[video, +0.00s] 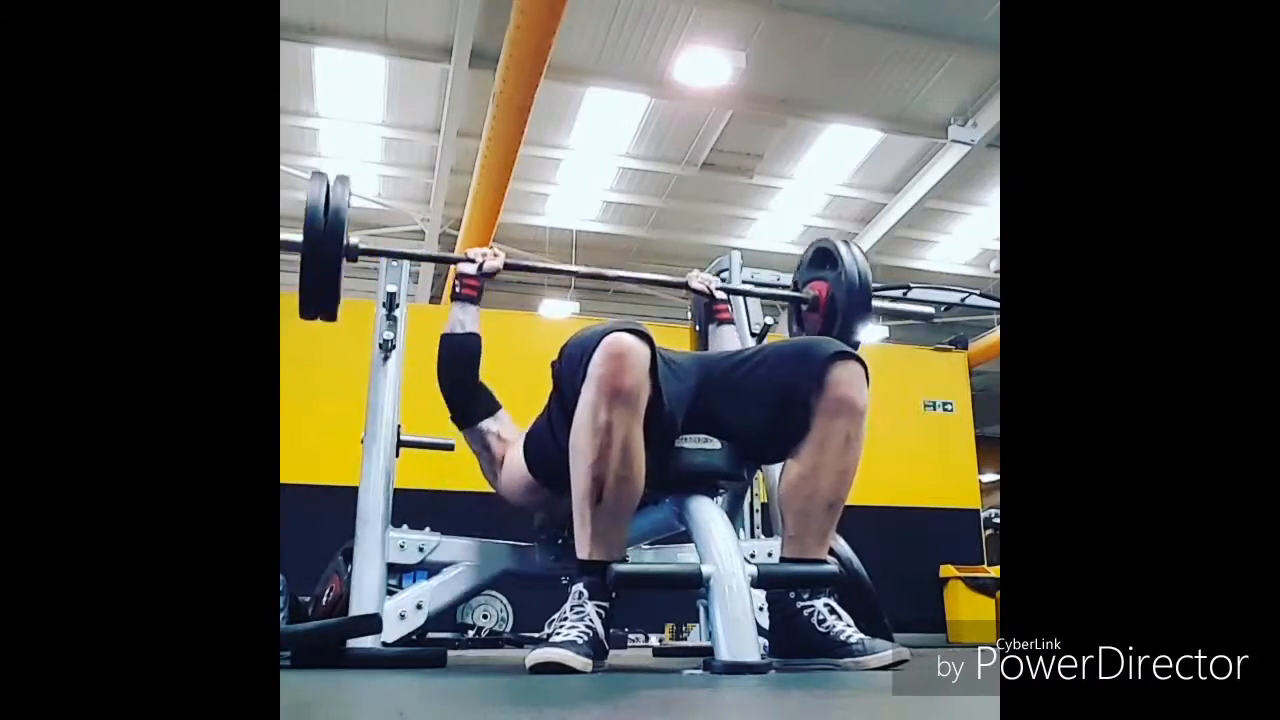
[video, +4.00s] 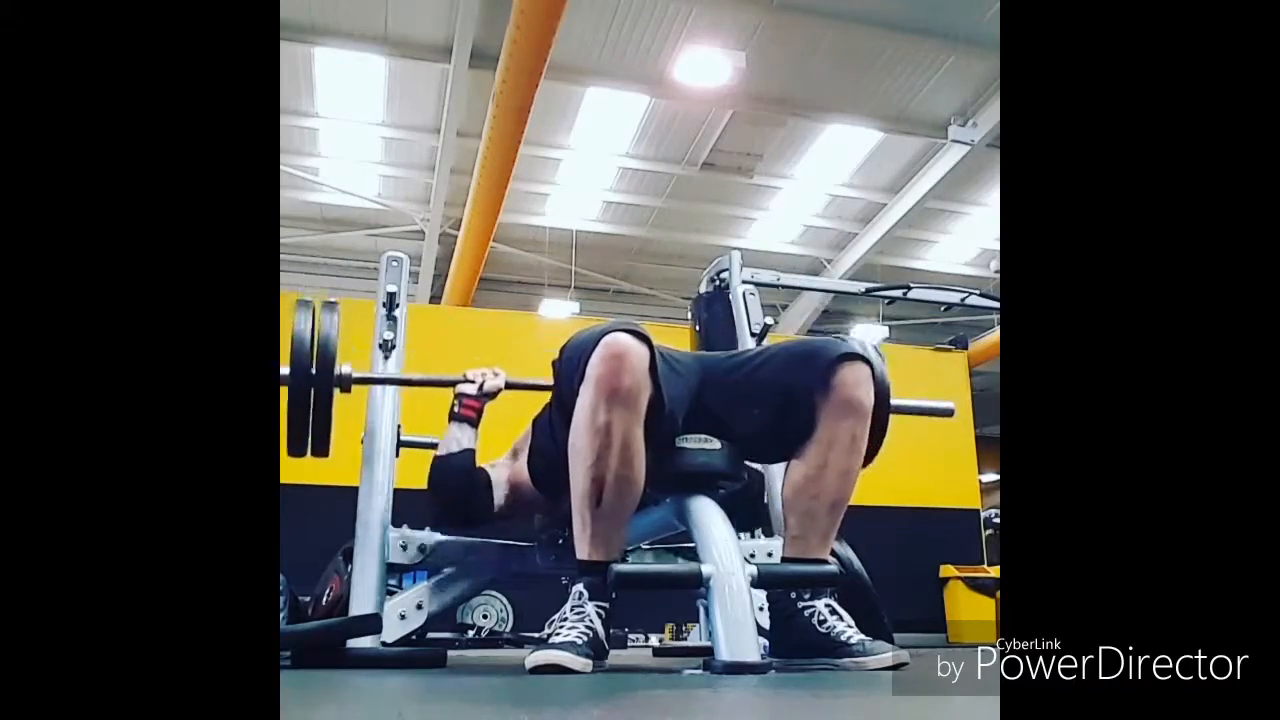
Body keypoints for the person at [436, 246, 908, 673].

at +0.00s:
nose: (497, 440)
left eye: (498, 440)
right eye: (493, 444)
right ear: (502, 462)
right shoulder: (524, 470)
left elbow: (736, 387)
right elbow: (461, 388)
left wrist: (716, 315)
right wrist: (468, 288)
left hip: (685, 385)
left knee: (840, 376)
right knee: (620, 353)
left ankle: (799, 608)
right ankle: (584, 605)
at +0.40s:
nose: (496, 476)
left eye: (496, 473)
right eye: (492, 480)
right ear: (497, 478)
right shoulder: (513, 466)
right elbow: (437, 437)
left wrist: (717, 357)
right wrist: (463, 346)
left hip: (711, 384)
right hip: (638, 378)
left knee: (842, 374)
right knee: (615, 354)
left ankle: (799, 607)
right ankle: (587, 607)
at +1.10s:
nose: (499, 441)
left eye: (499, 443)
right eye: (495, 447)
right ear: (502, 466)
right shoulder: (524, 469)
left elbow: (733, 394)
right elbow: (462, 386)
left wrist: (718, 324)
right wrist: (469, 289)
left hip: (680, 389)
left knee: (843, 375)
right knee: (619, 353)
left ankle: (801, 610)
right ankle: (585, 605)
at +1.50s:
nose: (512, 495)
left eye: (504, 486)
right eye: (503, 493)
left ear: (511, 465)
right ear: (505, 475)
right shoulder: (521, 456)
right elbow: (442, 434)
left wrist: (719, 357)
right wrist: (469, 345)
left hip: (710, 392)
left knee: (845, 375)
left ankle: (800, 607)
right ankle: (587, 606)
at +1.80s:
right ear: (496, 496)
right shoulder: (529, 486)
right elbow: (456, 494)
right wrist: (468, 405)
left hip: (705, 377)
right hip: (630, 361)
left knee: (849, 374)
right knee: (618, 357)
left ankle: (800, 608)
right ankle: (588, 607)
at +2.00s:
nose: (509, 496)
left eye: (502, 490)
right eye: (501, 490)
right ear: (506, 477)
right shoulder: (524, 461)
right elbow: (448, 433)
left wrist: (717, 355)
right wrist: (468, 344)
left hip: (713, 385)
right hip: (642, 374)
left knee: (841, 373)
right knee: (620, 353)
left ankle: (799, 610)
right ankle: (587, 606)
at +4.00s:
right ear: (496, 498)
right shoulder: (524, 480)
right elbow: (452, 501)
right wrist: (468, 406)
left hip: (707, 376)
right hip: (630, 358)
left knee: (850, 375)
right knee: (618, 357)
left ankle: (800, 607)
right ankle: (587, 606)